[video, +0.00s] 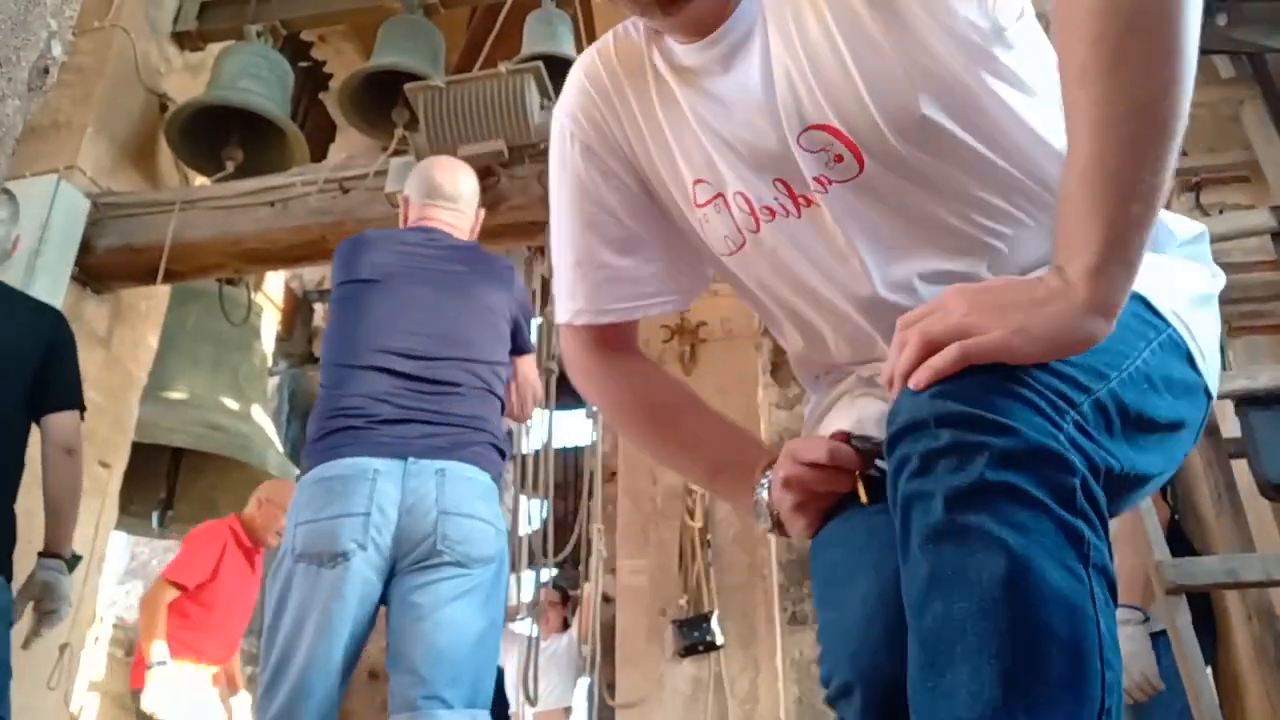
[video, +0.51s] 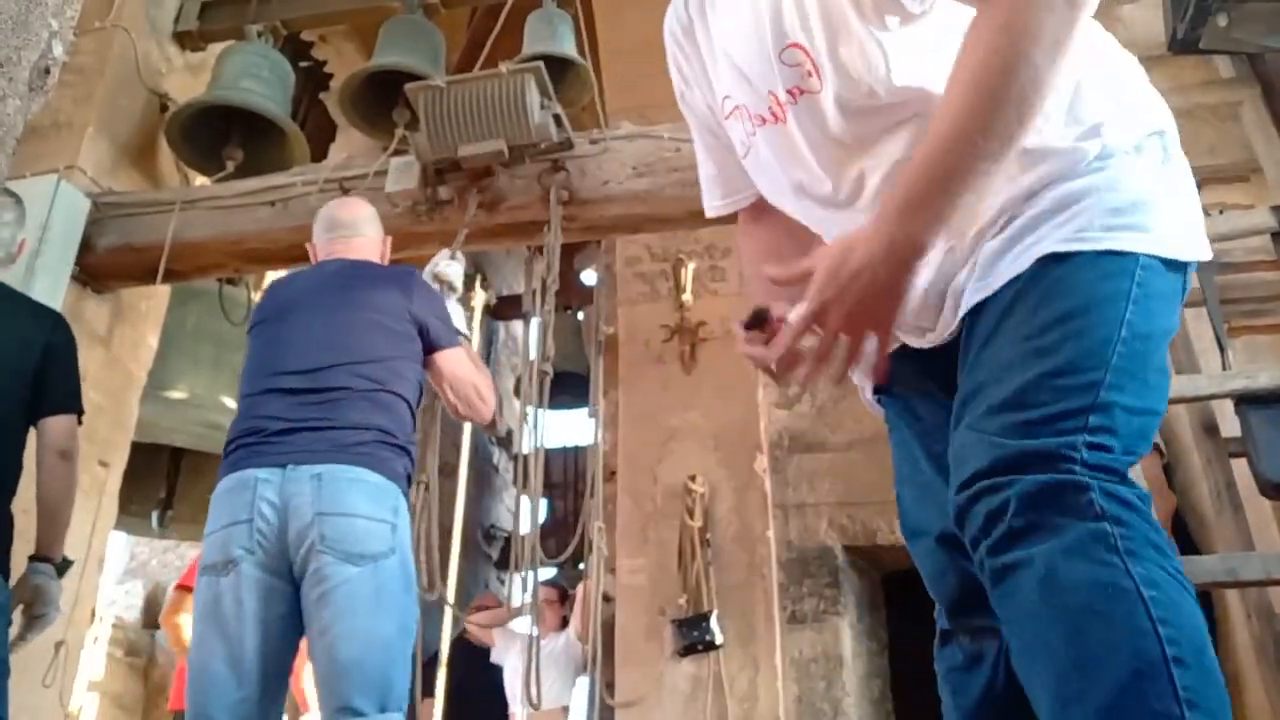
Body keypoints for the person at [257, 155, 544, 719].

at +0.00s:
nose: (400, 212)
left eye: (398, 206)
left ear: (403, 211)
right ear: (477, 223)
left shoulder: (353, 253)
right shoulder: (503, 275)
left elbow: (355, 353)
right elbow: (523, 402)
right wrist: (453, 371)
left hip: (344, 480)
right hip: (464, 488)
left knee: (293, 705)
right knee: (444, 706)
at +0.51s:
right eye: (388, 245)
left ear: (312, 253)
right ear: (385, 247)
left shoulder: (272, 295)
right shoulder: (408, 285)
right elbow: (480, 404)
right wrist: (427, 353)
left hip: (242, 491)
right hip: (356, 488)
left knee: (224, 706)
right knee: (362, 708)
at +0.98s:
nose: (396, 225)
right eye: (397, 220)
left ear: (318, 227)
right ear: (394, 225)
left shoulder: (272, 279)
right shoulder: (408, 275)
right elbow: (477, 393)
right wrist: (447, 324)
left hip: (229, 494)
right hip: (340, 490)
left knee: (218, 710)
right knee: (313, 708)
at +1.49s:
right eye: (402, 210)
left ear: (322, 216)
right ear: (398, 215)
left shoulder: (275, 271)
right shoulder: (415, 270)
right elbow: (483, 390)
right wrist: (442, 326)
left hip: (238, 488)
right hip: (352, 487)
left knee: (216, 708)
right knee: (310, 707)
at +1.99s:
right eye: (392, 209)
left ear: (313, 218)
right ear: (388, 213)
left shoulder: (267, 272)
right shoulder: (409, 270)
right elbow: (477, 391)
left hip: (234, 488)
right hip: (348, 487)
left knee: (215, 709)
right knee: (309, 707)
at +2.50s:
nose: (391, 215)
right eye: (391, 207)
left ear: (311, 216)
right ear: (385, 209)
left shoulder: (264, 270)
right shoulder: (406, 265)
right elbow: (473, 386)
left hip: (231, 488)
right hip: (345, 485)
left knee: (214, 709)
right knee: (309, 707)